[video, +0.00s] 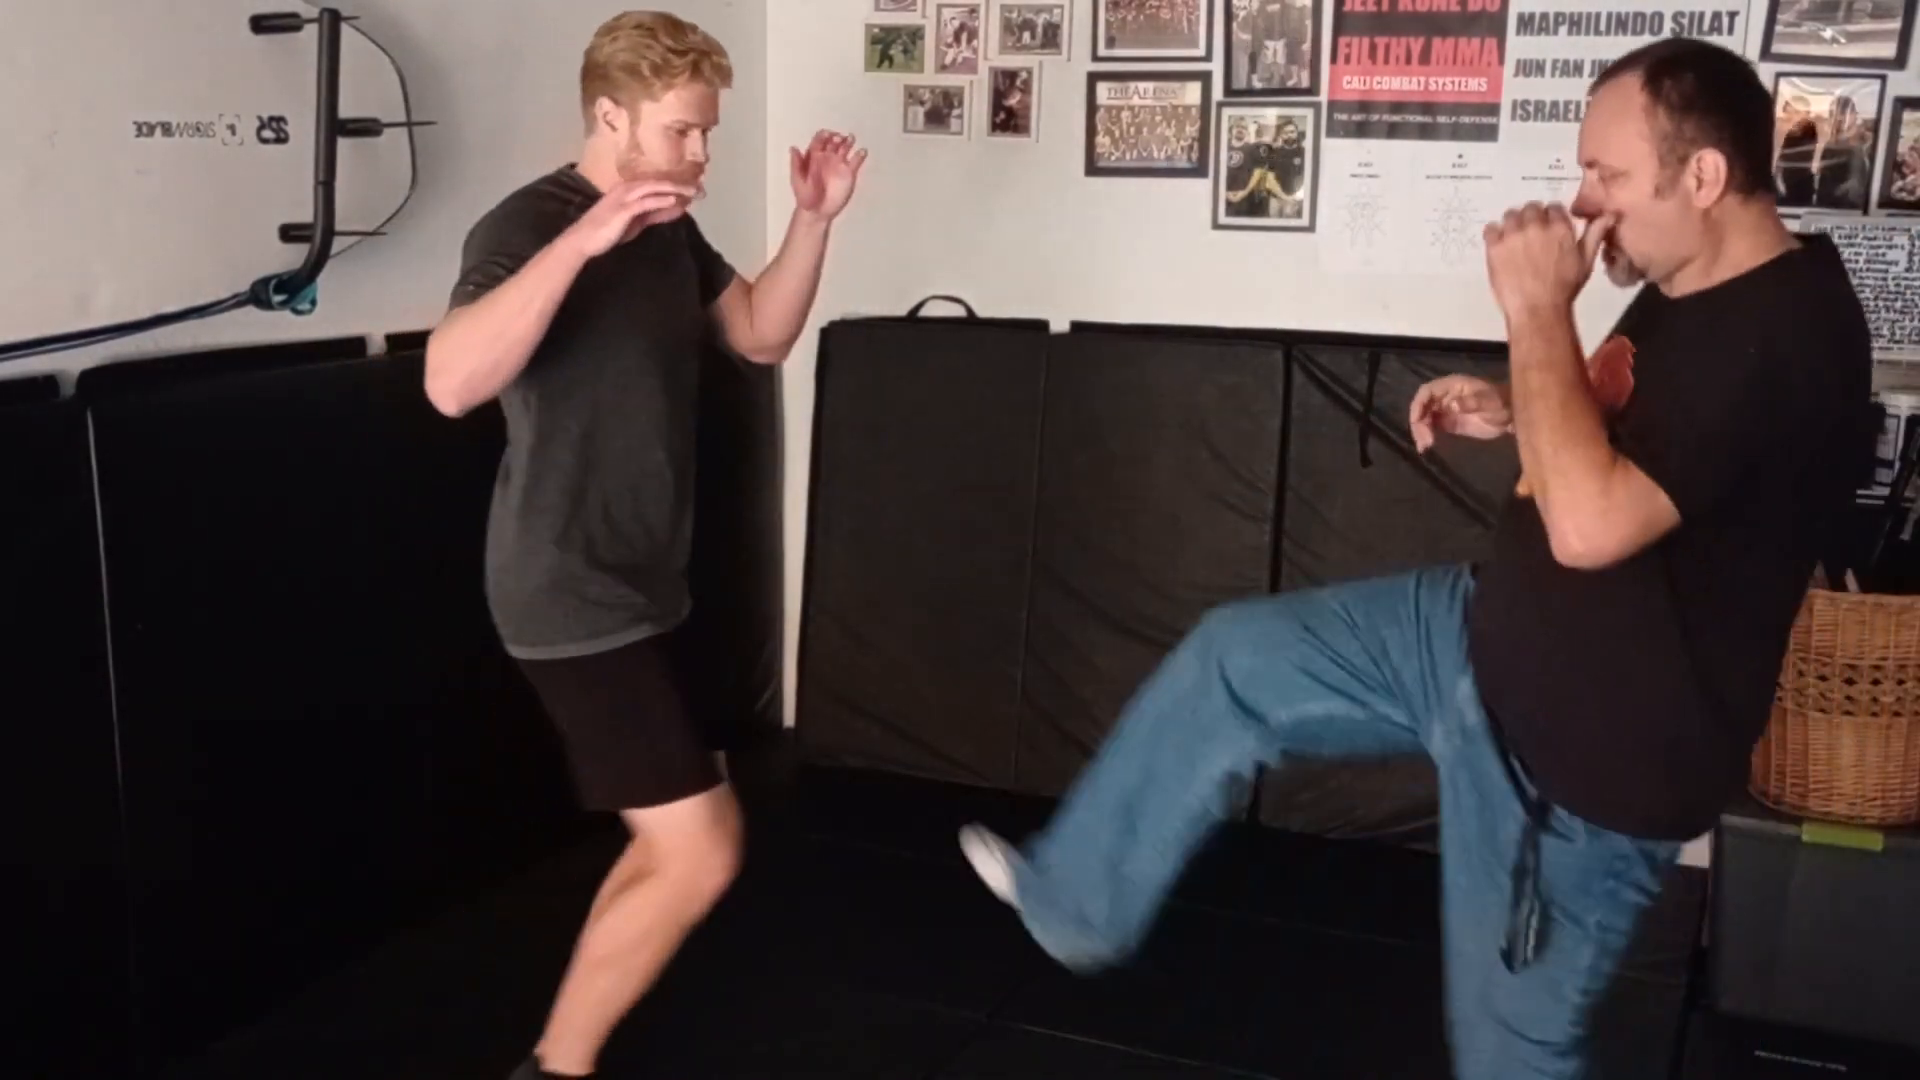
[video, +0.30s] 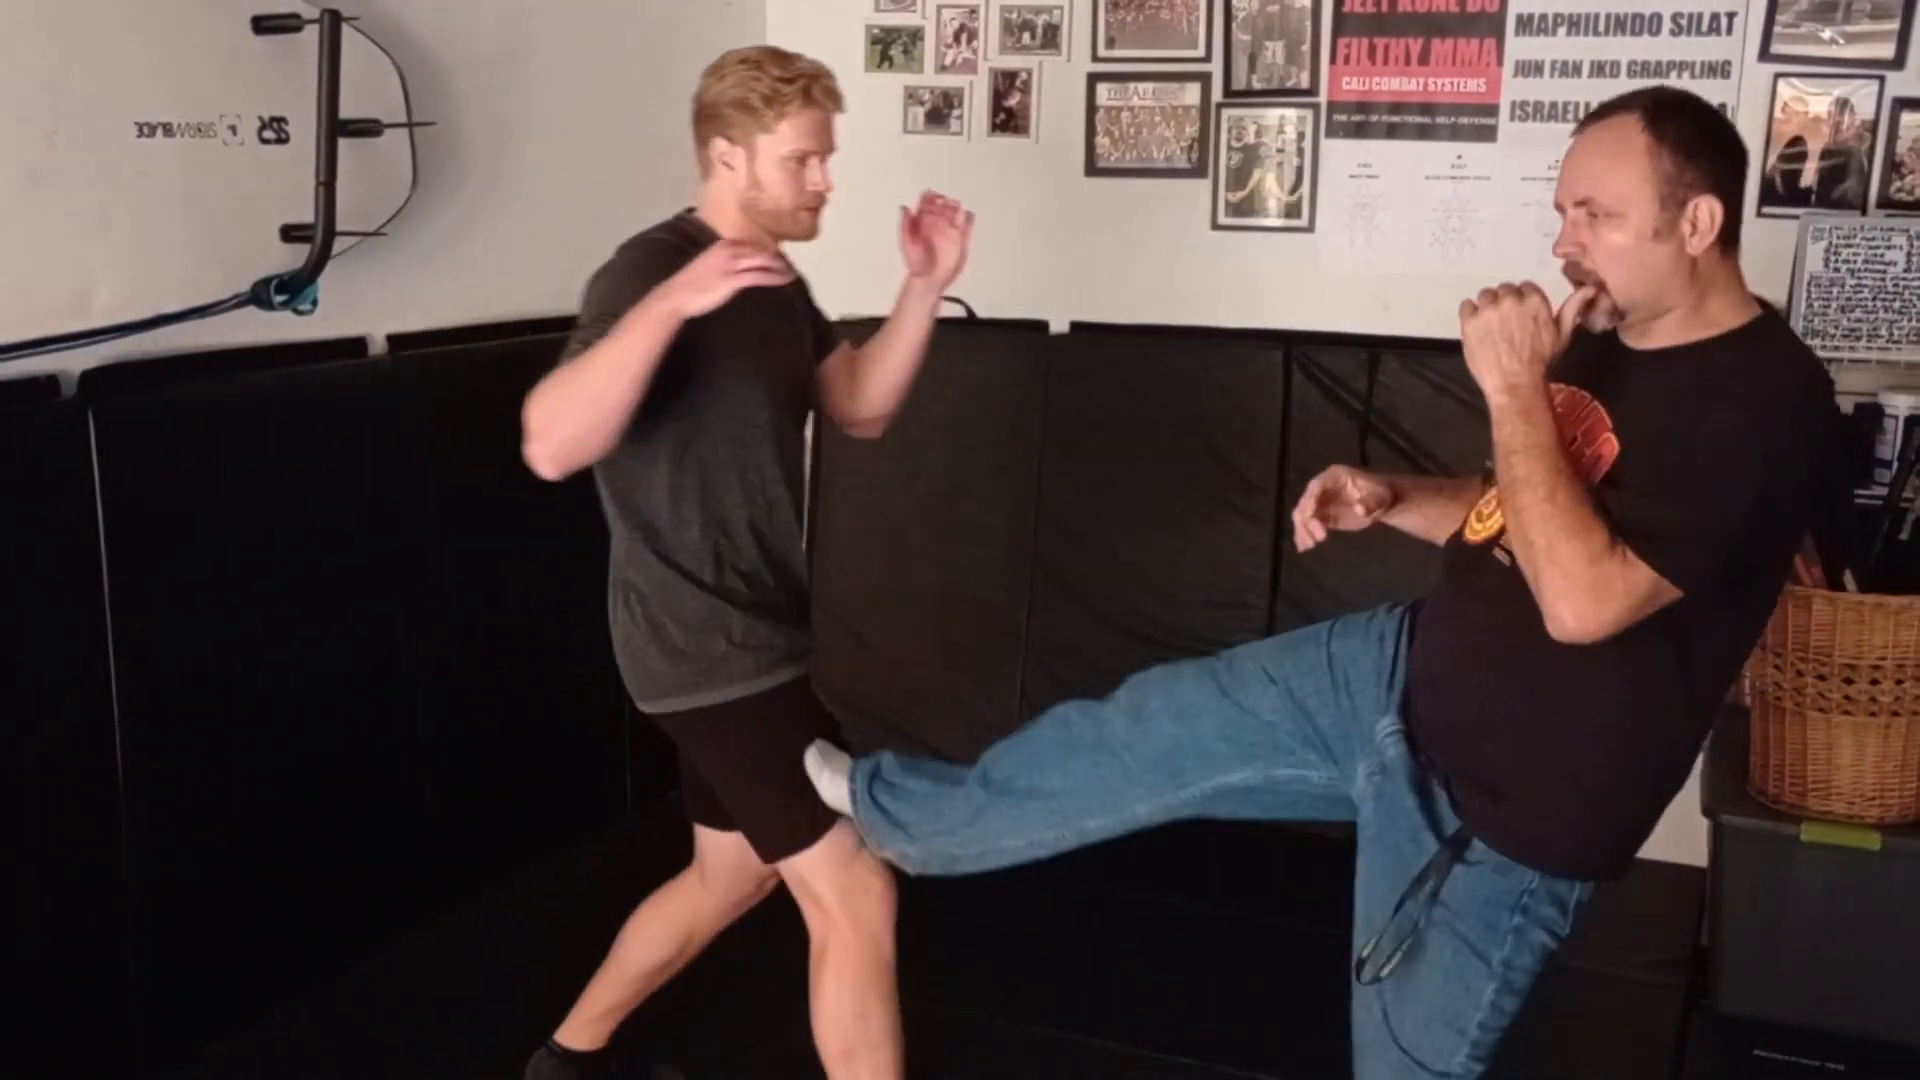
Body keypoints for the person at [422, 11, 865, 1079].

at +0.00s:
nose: (702, 154)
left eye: (708, 130)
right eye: (684, 130)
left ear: (694, 124)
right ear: (609, 119)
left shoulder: (671, 233)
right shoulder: (525, 228)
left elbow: (759, 333)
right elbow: (451, 381)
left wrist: (813, 218)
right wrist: (576, 247)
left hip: (654, 585)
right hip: (566, 597)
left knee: (667, 840)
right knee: (701, 849)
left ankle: (566, 1053)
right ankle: (558, 1064)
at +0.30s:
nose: (826, 183)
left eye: (828, 159)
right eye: (804, 161)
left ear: (749, 158)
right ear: (728, 156)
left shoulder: (774, 280)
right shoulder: (644, 276)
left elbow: (859, 403)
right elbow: (549, 446)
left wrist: (923, 291)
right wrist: (666, 305)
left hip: (761, 637)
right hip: (702, 656)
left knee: (728, 876)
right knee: (857, 900)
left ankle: (569, 1050)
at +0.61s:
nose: (917, 180)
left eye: (919, 152)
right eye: (896, 154)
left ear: (854, 153)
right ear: (818, 151)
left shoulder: (854, 257)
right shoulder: (730, 267)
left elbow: (961, 398)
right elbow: (745, 451)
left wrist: (1005, 257)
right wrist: (855, 279)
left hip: (772, 634)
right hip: (758, 648)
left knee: (716, 858)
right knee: (901, 905)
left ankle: (570, 1050)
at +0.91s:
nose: (927, 177)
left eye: (927, 150)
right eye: (906, 152)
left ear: (853, 148)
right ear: (830, 148)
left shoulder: (854, 252)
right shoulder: (735, 265)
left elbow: (964, 390)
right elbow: (778, 447)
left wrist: (1009, 249)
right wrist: (883, 273)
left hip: (760, 628)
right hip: (763, 644)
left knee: (686, 859)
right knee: (900, 910)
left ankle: (565, 1052)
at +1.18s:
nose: (858, 189)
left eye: (861, 164)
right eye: (842, 164)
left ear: (792, 159)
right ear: (765, 156)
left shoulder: (769, 266)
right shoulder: (678, 281)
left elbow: (784, 405)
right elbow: (699, 484)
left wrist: (908, 371)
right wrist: (865, 395)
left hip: (754, 626)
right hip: (699, 642)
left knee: (730, 845)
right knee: (835, 903)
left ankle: (560, 1001)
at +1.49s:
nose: (741, 180)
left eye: (745, 156)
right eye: (721, 157)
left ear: (703, 158)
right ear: (647, 154)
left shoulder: (711, 264)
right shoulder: (552, 271)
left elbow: (793, 381)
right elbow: (537, 452)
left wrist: (853, 259)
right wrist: (664, 351)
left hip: (688, 607)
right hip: (585, 616)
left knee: (662, 837)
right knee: (725, 836)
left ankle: (540, 1035)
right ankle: (746, 1077)